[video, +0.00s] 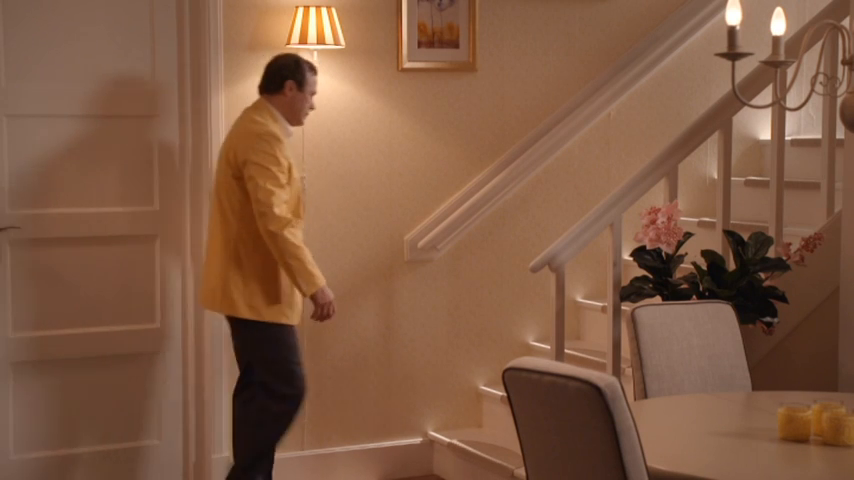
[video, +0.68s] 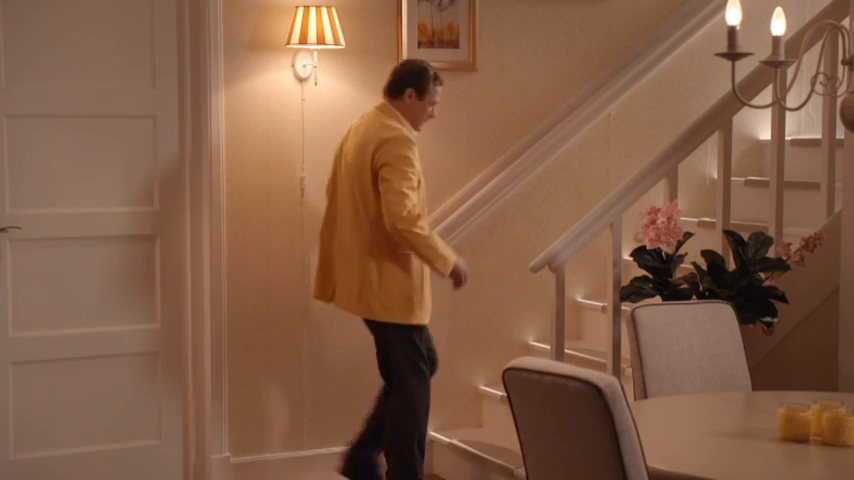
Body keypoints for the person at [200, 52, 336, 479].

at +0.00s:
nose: (313, 103)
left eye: (315, 93)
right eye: (311, 92)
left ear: (284, 88)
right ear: (289, 89)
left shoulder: (256, 128)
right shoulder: (262, 134)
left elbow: (272, 219)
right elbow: (275, 220)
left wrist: (305, 284)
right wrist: (316, 285)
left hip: (249, 285)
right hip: (255, 287)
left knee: (257, 385)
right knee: (284, 388)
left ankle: (251, 474)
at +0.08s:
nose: (327, 105)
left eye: (328, 95)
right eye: (324, 94)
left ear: (298, 89)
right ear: (303, 90)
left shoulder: (268, 128)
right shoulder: (276, 134)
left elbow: (290, 215)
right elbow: (286, 220)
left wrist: (331, 248)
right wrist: (321, 288)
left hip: (254, 286)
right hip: (273, 291)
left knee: (261, 383)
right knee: (312, 387)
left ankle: (249, 474)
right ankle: (300, 476)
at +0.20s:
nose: (347, 110)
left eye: (349, 100)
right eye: (346, 99)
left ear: (318, 93)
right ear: (326, 93)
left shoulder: (283, 130)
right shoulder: (302, 136)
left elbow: (302, 210)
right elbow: (304, 220)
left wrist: (357, 218)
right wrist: (326, 292)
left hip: (268, 290)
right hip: (295, 293)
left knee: (265, 392)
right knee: (341, 393)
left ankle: (251, 475)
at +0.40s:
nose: (385, 113)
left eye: (386, 104)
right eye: (384, 103)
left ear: (348, 96)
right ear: (367, 98)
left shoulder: (312, 138)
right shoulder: (355, 147)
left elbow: (315, 203)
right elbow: (352, 226)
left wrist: (364, 187)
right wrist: (360, 302)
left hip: (314, 293)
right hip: (352, 299)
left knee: (302, 392)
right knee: (386, 394)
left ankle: (262, 475)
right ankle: (400, 474)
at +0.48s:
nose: (401, 114)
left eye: (403, 105)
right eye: (401, 104)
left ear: (366, 96)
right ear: (385, 97)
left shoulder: (324, 137)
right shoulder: (372, 144)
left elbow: (315, 216)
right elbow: (375, 225)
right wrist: (389, 300)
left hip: (327, 287)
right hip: (367, 292)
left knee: (346, 376)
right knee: (400, 384)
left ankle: (273, 470)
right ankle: (403, 474)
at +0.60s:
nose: (422, 114)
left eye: (424, 104)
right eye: (421, 103)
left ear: (390, 96)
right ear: (402, 97)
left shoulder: (344, 134)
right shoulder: (391, 143)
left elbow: (327, 207)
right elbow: (399, 224)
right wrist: (436, 284)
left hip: (347, 279)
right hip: (383, 285)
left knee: (391, 366)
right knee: (409, 379)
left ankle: (324, 444)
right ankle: (405, 473)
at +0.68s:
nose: (433, 114)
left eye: (436, 104)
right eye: (431, 103)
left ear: (402, 96)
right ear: (409, 96)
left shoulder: (363, 127)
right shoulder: (395, 139)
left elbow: (339, 199)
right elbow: (403, 218)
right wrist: (448, 261)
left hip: (366, 276)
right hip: (387, 281)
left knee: (420, 362)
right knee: (411, 376)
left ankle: (363, 458)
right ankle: (406, 473)